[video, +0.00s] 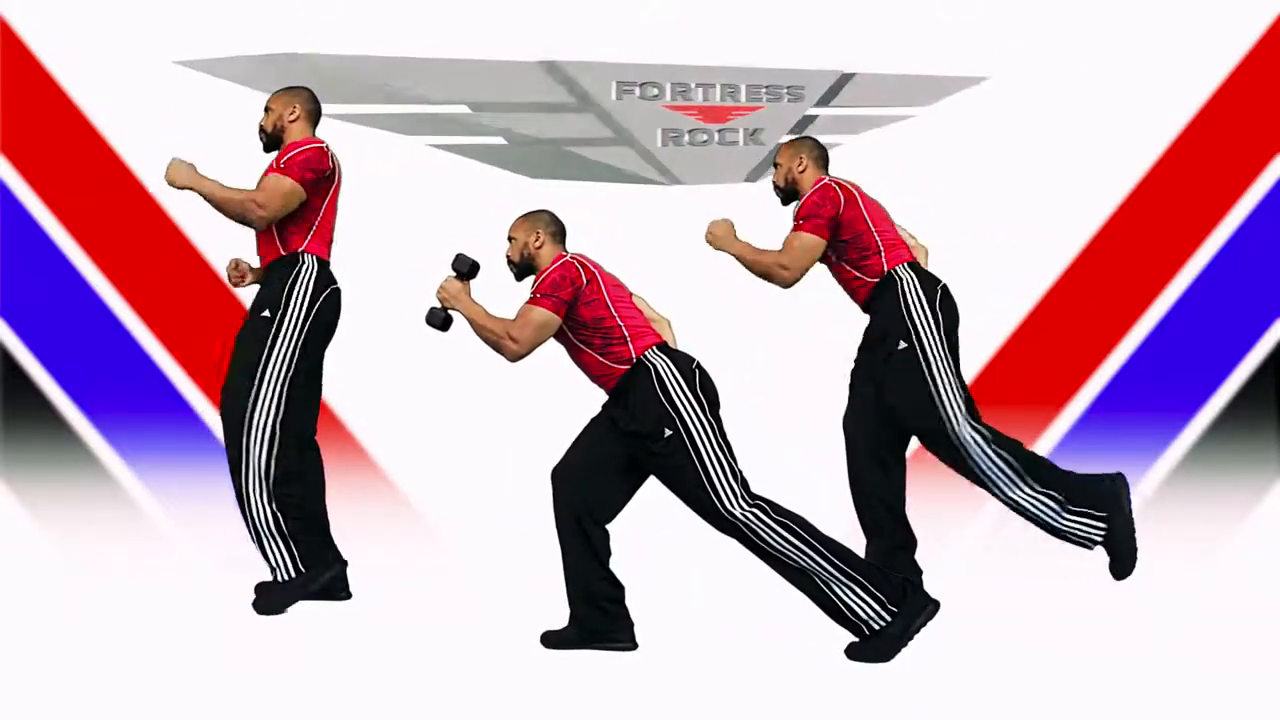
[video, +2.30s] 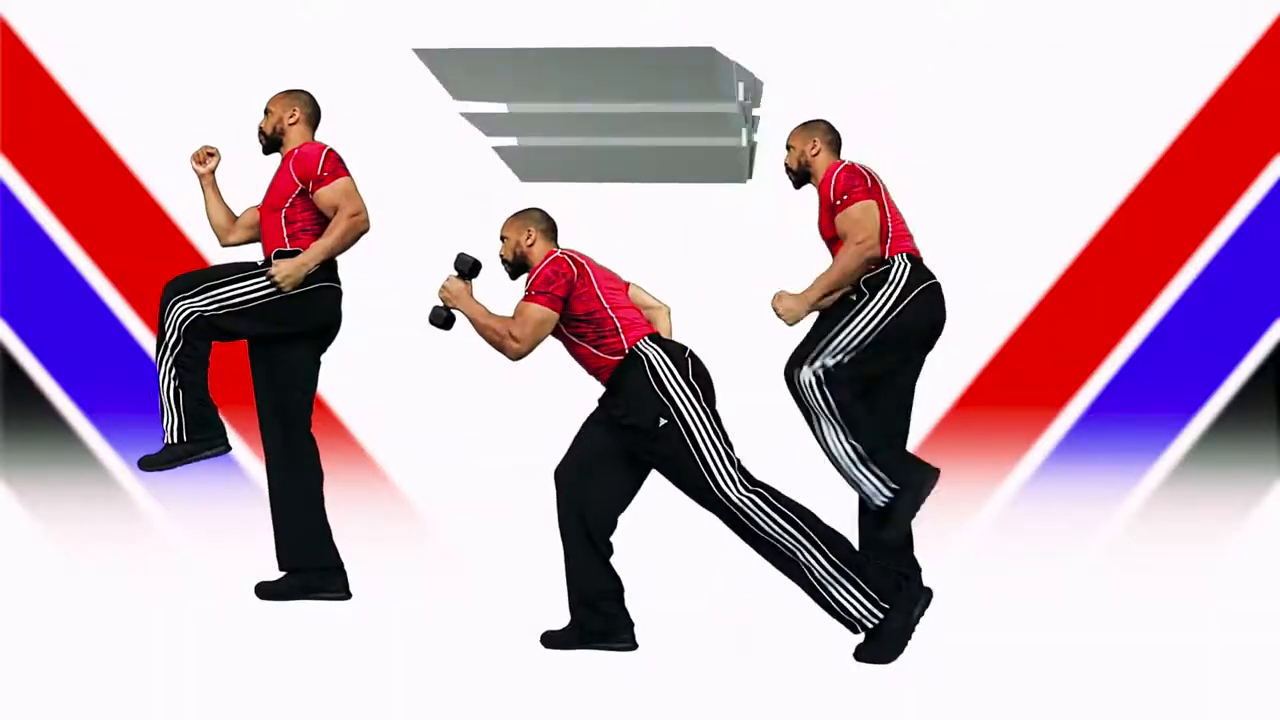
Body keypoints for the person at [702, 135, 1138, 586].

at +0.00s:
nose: (772, 179)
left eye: (776, 168)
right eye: (772, 171)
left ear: (802, 161)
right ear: (811, 167)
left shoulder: (824, 194)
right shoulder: (850, 200)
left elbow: (786, 269)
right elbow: (915, 252)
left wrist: (732, 246)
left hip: (907, 300)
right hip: (889, 315)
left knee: (955, 434)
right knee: (868, 440)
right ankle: (893, 579)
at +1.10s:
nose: (769, 184)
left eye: (775, 175)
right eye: (769, 177)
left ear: (802, 173)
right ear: (805, 177)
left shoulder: (822, 204)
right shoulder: (837, 212)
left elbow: (799, 283)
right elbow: (887, 279)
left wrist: (740, 283)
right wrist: (872, 330)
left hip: (911, 306)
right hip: (889, 325)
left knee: (950, 434)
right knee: (866, 440)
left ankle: (1096, 525)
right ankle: (889, 568)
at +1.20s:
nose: (778, 173)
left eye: (782, 163)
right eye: (778, 165)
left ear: (805, 161)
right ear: (812, 163)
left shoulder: (831, 190)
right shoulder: (838, 202)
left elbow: (837, 263)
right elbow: (866, 291)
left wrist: (771, 297)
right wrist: (816, 312)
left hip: (912, 298)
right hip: (888, 314)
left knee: (892, 427)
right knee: (866, 430)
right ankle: (890, 568)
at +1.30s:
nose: (789, 164)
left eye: (794, 155)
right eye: (789, 157)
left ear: (819, 152)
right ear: (821, 154)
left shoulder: (844, 178)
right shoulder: (835, 206)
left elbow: (875, 239)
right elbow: (836, 286)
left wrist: (828, 297)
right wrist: (779, 275)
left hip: (908, 288)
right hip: (903, 298)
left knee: (825, 383)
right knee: (884, 425)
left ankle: (897, 500)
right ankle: (890, 567)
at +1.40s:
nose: (797, 154)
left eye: (801, 144)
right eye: (797, 147)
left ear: (825, 141)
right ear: (830, 143)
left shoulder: (853, 167)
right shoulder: (846, 199)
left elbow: (900, 211)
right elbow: (812, 265)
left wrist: (890, 287)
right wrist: (762, 236)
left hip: (896, 286)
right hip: (906, 300)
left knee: (789, 331)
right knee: (884, 438)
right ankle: (891, 568)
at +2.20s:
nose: (794, 154)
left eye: (798, 144)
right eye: (795, 147)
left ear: (822, 141)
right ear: (825, 143)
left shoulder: (852, 169)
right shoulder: (840, 200)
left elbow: (900, 218)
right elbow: (825, 276)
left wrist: (878, 290)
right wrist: (768, 258)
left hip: (894, 287)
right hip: (899, 308)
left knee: (779, 322)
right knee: (874, 441)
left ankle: (810, 452)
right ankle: (891, 576)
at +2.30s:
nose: (786, 160)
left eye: (790, 150)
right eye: (786, 153)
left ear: (814, 146)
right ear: (822, 147)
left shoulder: (844, 175)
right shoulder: (834, 196)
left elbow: (864, 242)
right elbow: (860, 270)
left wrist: (805, 298)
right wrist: (821, 304)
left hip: (896, 282)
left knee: (809, 371)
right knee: (878, 443)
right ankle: (895, 586)